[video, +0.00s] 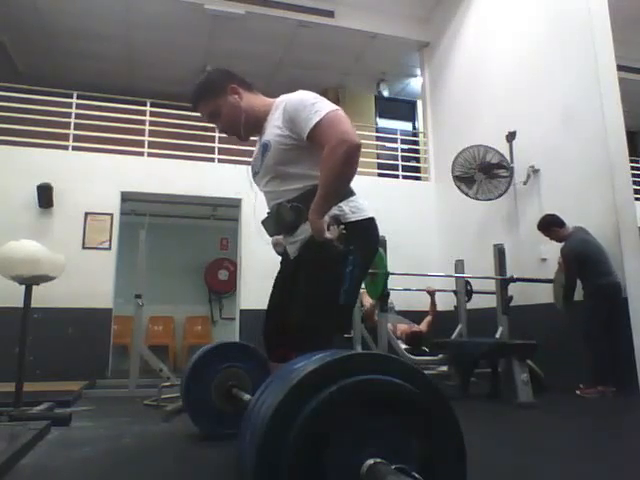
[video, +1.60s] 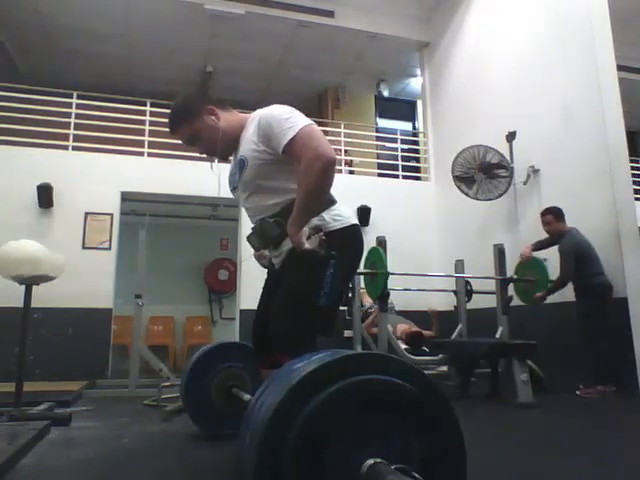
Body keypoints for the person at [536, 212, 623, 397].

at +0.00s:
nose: (551, 239)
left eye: (549, 236)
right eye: (548, 236)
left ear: (554, 230)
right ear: (561, 224)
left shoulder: (568, 249)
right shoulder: (580, 232)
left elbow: (570, 282)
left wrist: (566, 304)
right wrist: (566, 263)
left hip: (598, 294)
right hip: (613, 289)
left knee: (593, 337)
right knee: (608, 337)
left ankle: (597, 384)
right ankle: (610, 382)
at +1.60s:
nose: (545, 229)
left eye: (547, 223)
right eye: (543, 224)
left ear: (558, 222)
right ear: (559, 223)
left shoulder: (567, 243)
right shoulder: (571, 234)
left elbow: (565, 277)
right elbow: (551, 240)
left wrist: (545, 294)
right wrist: (531, 247)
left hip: (591, 293)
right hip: (598, 289)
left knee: (591, 337)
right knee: (596, 337)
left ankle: (595, 384)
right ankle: (603, 382)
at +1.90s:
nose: (552, 222)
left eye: (555, 218)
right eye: (550, 219)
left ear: (567, 218)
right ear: (550, 219)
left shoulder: (572, 241)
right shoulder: (562, 235)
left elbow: (568, 275)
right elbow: (546, 247)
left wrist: (541, 291)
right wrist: (524, 252)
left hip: (592, 291)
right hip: (584, 290)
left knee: (592, 336)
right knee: (590, 336)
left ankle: (599, 384)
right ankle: (599, 382)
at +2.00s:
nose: (553, 220)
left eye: (558, 216)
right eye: (552, 216)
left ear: (569, 217)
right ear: (553, 217)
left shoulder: (574, 240)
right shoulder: (562, 233)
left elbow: (565, 274)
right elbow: (545, 246)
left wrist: (540, 290)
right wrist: (524, 252)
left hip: (593, 291)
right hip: (583, 290)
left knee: (593, 336)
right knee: (589, 335)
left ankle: (599, 384)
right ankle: (599, 381)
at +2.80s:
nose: (568, 214)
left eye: (572, 210)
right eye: (565, 211)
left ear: (582, 211)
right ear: (562, 215)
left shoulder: (596, 233)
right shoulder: (563, 240)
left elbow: (616, 257)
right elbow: (559, 266)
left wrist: (600, 277)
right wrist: (559, 274)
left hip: (598, 292)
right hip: (578, 293)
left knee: (598, 336)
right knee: (586, 336)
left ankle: (606, 383)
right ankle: (595, 381)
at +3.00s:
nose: (572, 211)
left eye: (575, 207)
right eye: (568, 209)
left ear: (585, 209)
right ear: (565, 213)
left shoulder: (601, 232)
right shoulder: (562, 239)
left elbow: (623, 255)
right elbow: (558, 264)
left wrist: (606, 275)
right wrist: (560, 279)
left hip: (599, 292)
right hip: (575, 294)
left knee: (598, 337)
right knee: (579, 337)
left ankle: (603, 386)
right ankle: (592, 381)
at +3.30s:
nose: (572, 207)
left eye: (575, 203)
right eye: (568, 204)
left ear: (585, 204)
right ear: (565, 208)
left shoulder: (601, 227)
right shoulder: (561, 234)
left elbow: (630, 248)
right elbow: (555, 258)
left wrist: (623, 276)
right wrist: (550, 274)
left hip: (600, 288)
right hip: (572, 289)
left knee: (599, 334)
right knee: (563, 329)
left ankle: (604, 385)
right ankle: (582, 375)